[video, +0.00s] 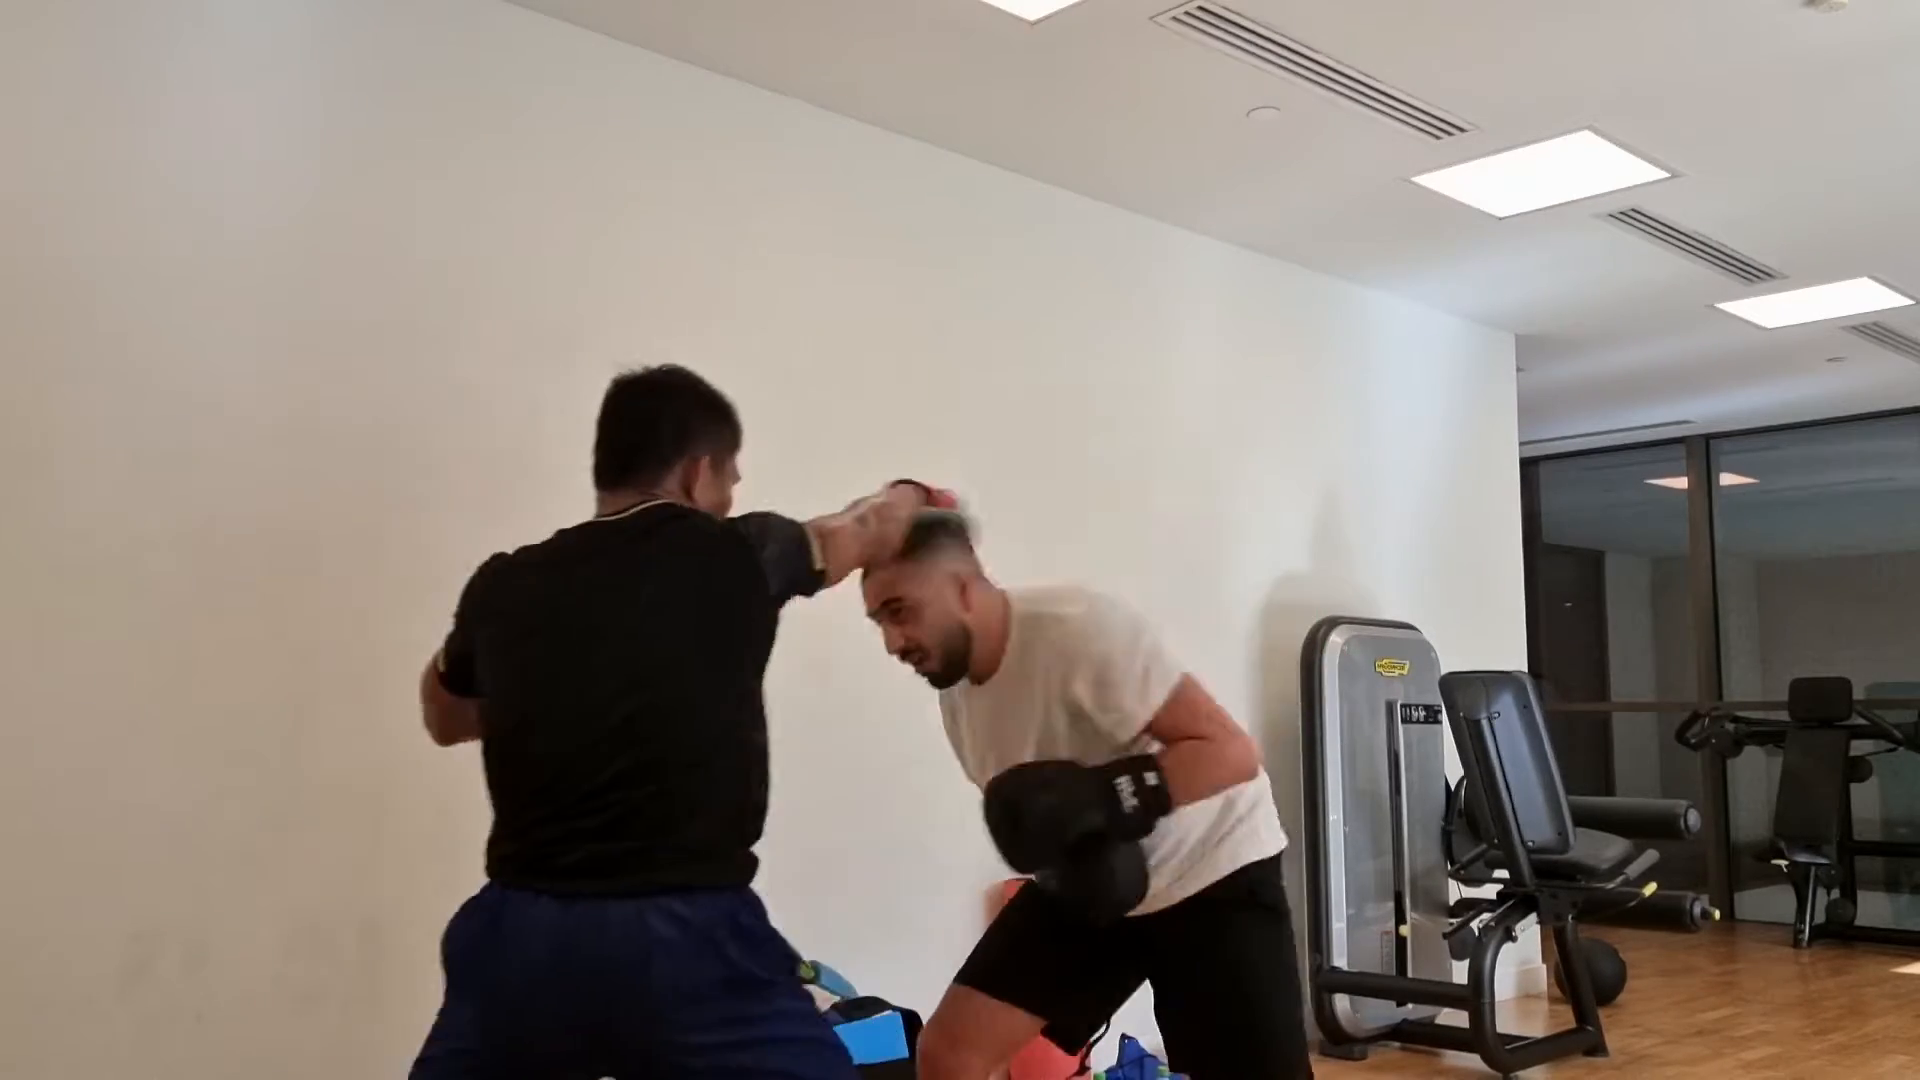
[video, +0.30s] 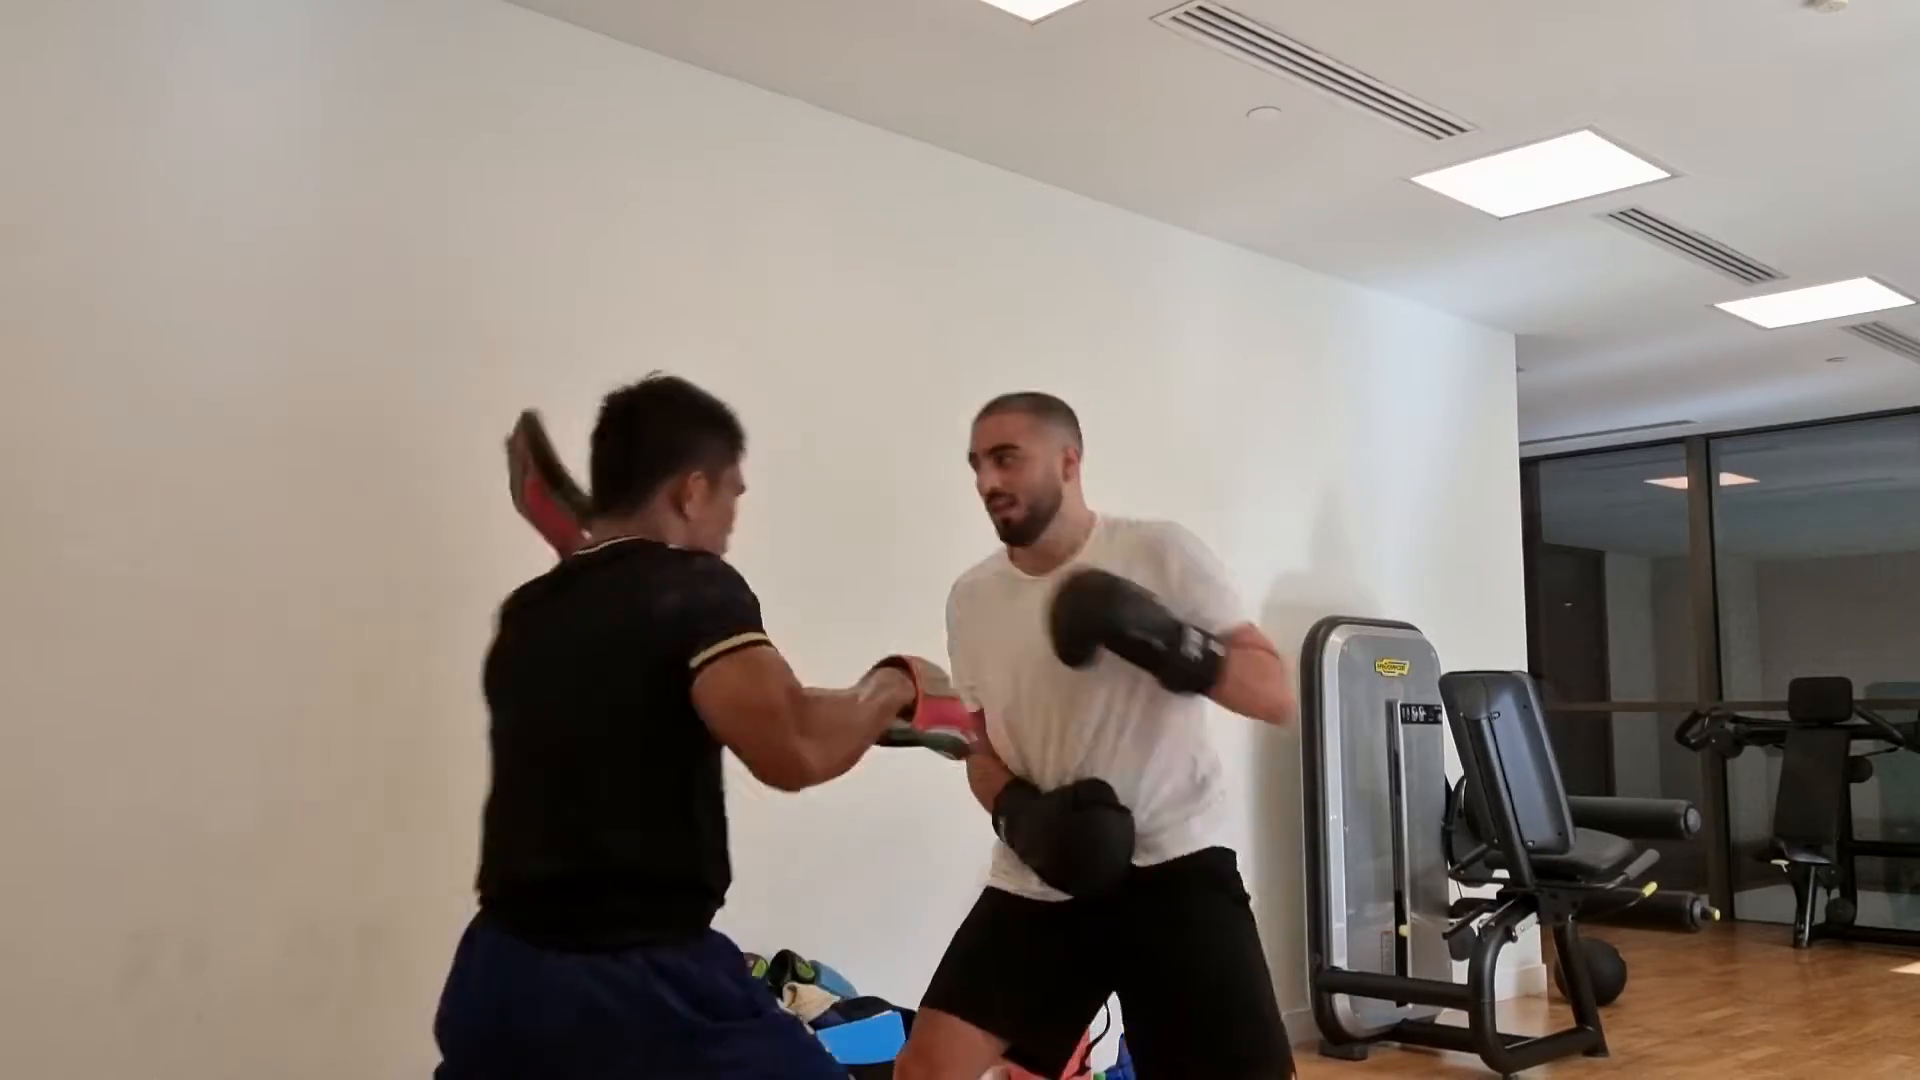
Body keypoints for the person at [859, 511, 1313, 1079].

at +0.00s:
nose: (891, 643)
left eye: (900, 613)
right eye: (880, 622)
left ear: (965, 588)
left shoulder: (1088, 631)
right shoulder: (959, 702)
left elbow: (1234, 754)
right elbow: (1029, 808)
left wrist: (1112, 794)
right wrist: (1072, 862)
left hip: (1213, 875)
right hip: (1088, 892)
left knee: (1259, 1071)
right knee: (952, 1052)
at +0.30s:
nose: (987, 482)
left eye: (1006, 458)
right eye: (978, 465)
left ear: (1069, 462)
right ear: (973, 478)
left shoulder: (1161, 552)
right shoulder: (973, 599)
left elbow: (1276, 695)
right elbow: (977, 744)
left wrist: (1166, 639)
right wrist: (1023, 813)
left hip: (1176, 878)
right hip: (1032, 891)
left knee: (1245, 1070)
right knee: (930, 1066)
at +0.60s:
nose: (825, 663)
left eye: (827, 635)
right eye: (819, 647)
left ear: (881, 596)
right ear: (884, 601)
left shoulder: (978, 639)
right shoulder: (948, 674)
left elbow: (1086, 779)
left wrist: (961, 824)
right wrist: (1024, 838)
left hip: (1198, 830)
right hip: (1094, 860)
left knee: (1252, 1064)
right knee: (958, 1033)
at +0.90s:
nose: (963, 554)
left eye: (978, 527)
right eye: (953, 536)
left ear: (1046, 520)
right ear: (950, 541)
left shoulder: (1162, 607)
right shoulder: (957, 648)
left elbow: (1270, 753)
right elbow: (976, 790)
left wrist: (1166, 737)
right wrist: (1024, 856)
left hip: (1175, 892)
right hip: (1036, 901)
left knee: (1241, 1071)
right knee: (923, 1066)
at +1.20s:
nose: (985, 451)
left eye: (1002, 429)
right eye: (979, 436)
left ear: (1066, 432)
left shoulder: (1138, 512)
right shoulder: (1006, 578)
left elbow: (1187, 643)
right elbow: (1010, 737)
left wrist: (1051, 638)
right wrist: (1027, 785)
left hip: (1181, 855)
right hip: (1047, 863)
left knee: (1246, 1069)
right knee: (934, 1059)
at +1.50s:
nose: (1088, 419)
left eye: (1112, 402)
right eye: (1079, 404)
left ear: (1168, 420)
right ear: (1067, 419)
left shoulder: (1235, 545)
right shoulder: (1020, 542)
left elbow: (1291, 718)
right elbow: (993, 717)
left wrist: (1190, 685)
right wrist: (1067, 783)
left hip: (1207, 860)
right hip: (1052, 867)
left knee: (1282, 1068)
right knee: (955, 1067)